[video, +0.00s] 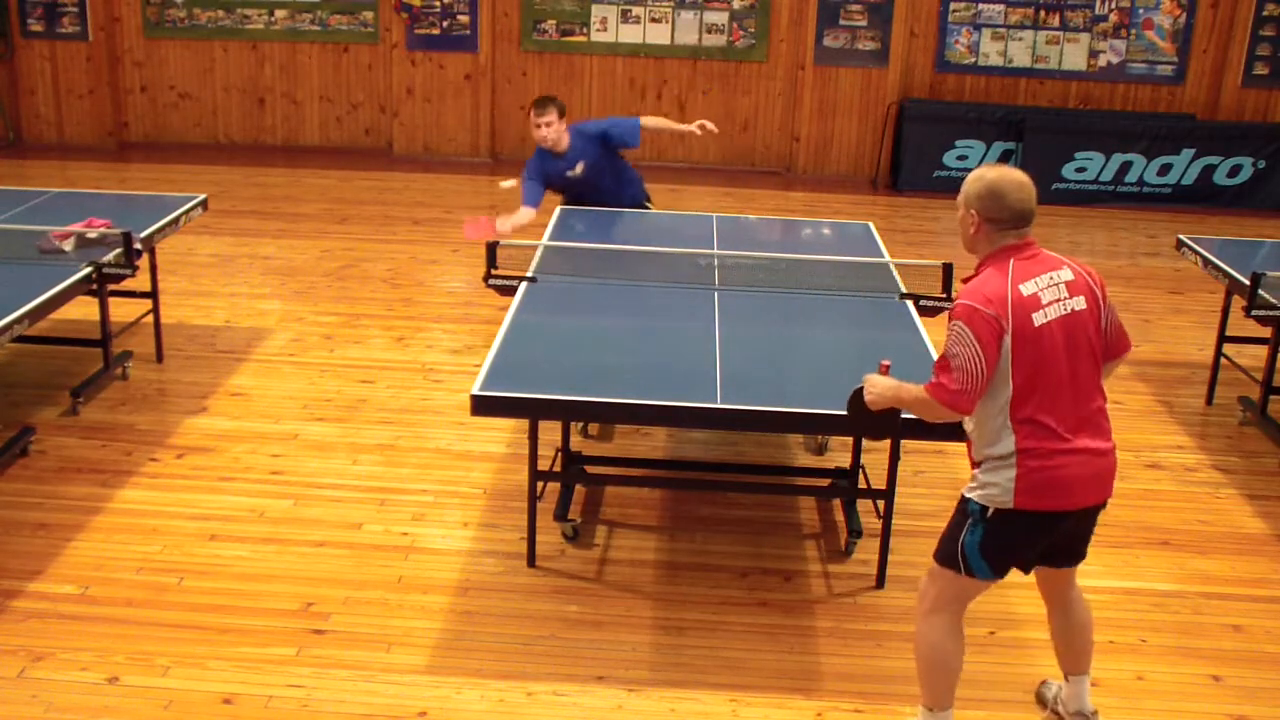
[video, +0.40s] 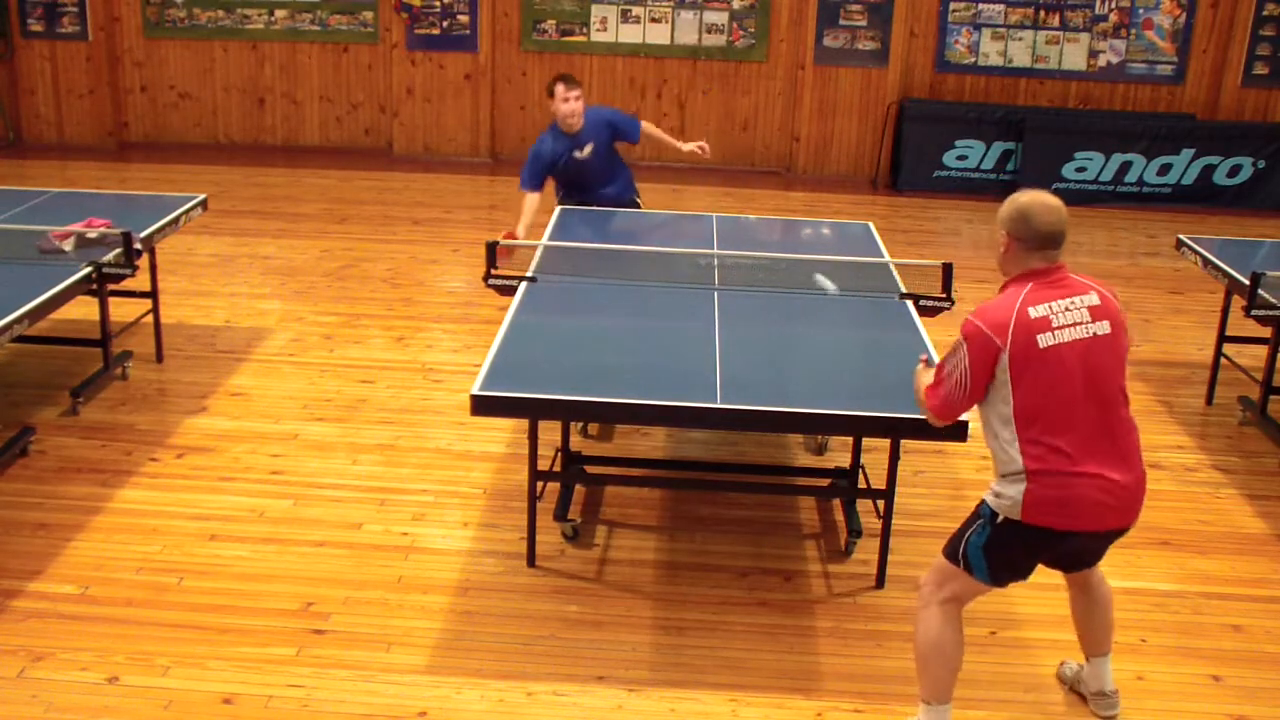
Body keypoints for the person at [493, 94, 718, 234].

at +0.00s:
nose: (543, 133)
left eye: (548, 125)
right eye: (537, 127)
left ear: (563, 124)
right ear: (531, 129)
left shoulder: (592, 133)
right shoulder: (537, 166)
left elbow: (643, 124)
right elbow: (528, 210)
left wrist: (686, 128)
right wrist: (504, 225)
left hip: (632, 207)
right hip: (588, 215)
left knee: (646, 259)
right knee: (585, 263)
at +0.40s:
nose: (572, 107)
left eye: (577, 99)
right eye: (565, 100)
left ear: (583, 100)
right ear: (552, 105)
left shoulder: (603, 120)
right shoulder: (546, 148)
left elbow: (643, 129)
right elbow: (532, 190)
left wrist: (680, 146)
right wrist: (520, 230)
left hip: (622, 203)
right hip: (578, 209)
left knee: (633, 258)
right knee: (578, 262)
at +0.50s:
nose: (591, 86)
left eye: (595, 79)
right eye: (584, 80)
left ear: (602, 80)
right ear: (570, 84)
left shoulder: (623, 106)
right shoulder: (560, 126)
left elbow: (659, 125)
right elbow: (546, 165)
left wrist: (694, 152)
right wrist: (535, 196)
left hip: (625, 183)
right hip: (584, 187)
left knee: (642, 237)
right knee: (567, 236)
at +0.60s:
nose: (606, 68)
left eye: (610, 61)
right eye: (599, 62)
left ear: (615, 63)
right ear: (585, 67)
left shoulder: (636, 92)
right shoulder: (574, 105)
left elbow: (671, 117)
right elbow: (558, 141)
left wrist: (693, 147)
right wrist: (551, 169)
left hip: (631, 175)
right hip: (589, 176)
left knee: (646, 233)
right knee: (570, 224)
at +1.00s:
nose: (605, 71)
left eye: (610, 64)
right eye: (599, 65)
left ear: (617, 64)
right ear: (588, 66)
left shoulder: (636, 90)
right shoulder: (577, 97)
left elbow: (661, 123)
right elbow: (552, 136)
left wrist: (654, 151)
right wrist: (573, 159)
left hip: (628, 171)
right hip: (588, 171)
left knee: (649, 224)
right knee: (563, 214)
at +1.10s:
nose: (583, 72)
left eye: (587, 65)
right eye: (576, 65)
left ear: (594, 63)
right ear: (566, 66)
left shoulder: (614, 83)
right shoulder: (556, 96)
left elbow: (647, 109)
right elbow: (533, 136)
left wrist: (647, 136)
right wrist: (556, 151)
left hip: (617, 164)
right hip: (577, 166)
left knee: (641, 218)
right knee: (554, 222)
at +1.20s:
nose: (562, 69)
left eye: (566, 63)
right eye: (556, 63)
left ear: (573, 63)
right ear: (543, 65)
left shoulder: (592, 77)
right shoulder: (538, 96)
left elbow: (632, 87)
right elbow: (521, 140)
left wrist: (642, 108)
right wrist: (535, 146)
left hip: (601, 153)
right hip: (563, 158)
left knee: (628, 203)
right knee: (546, 214)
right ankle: (539, 267)